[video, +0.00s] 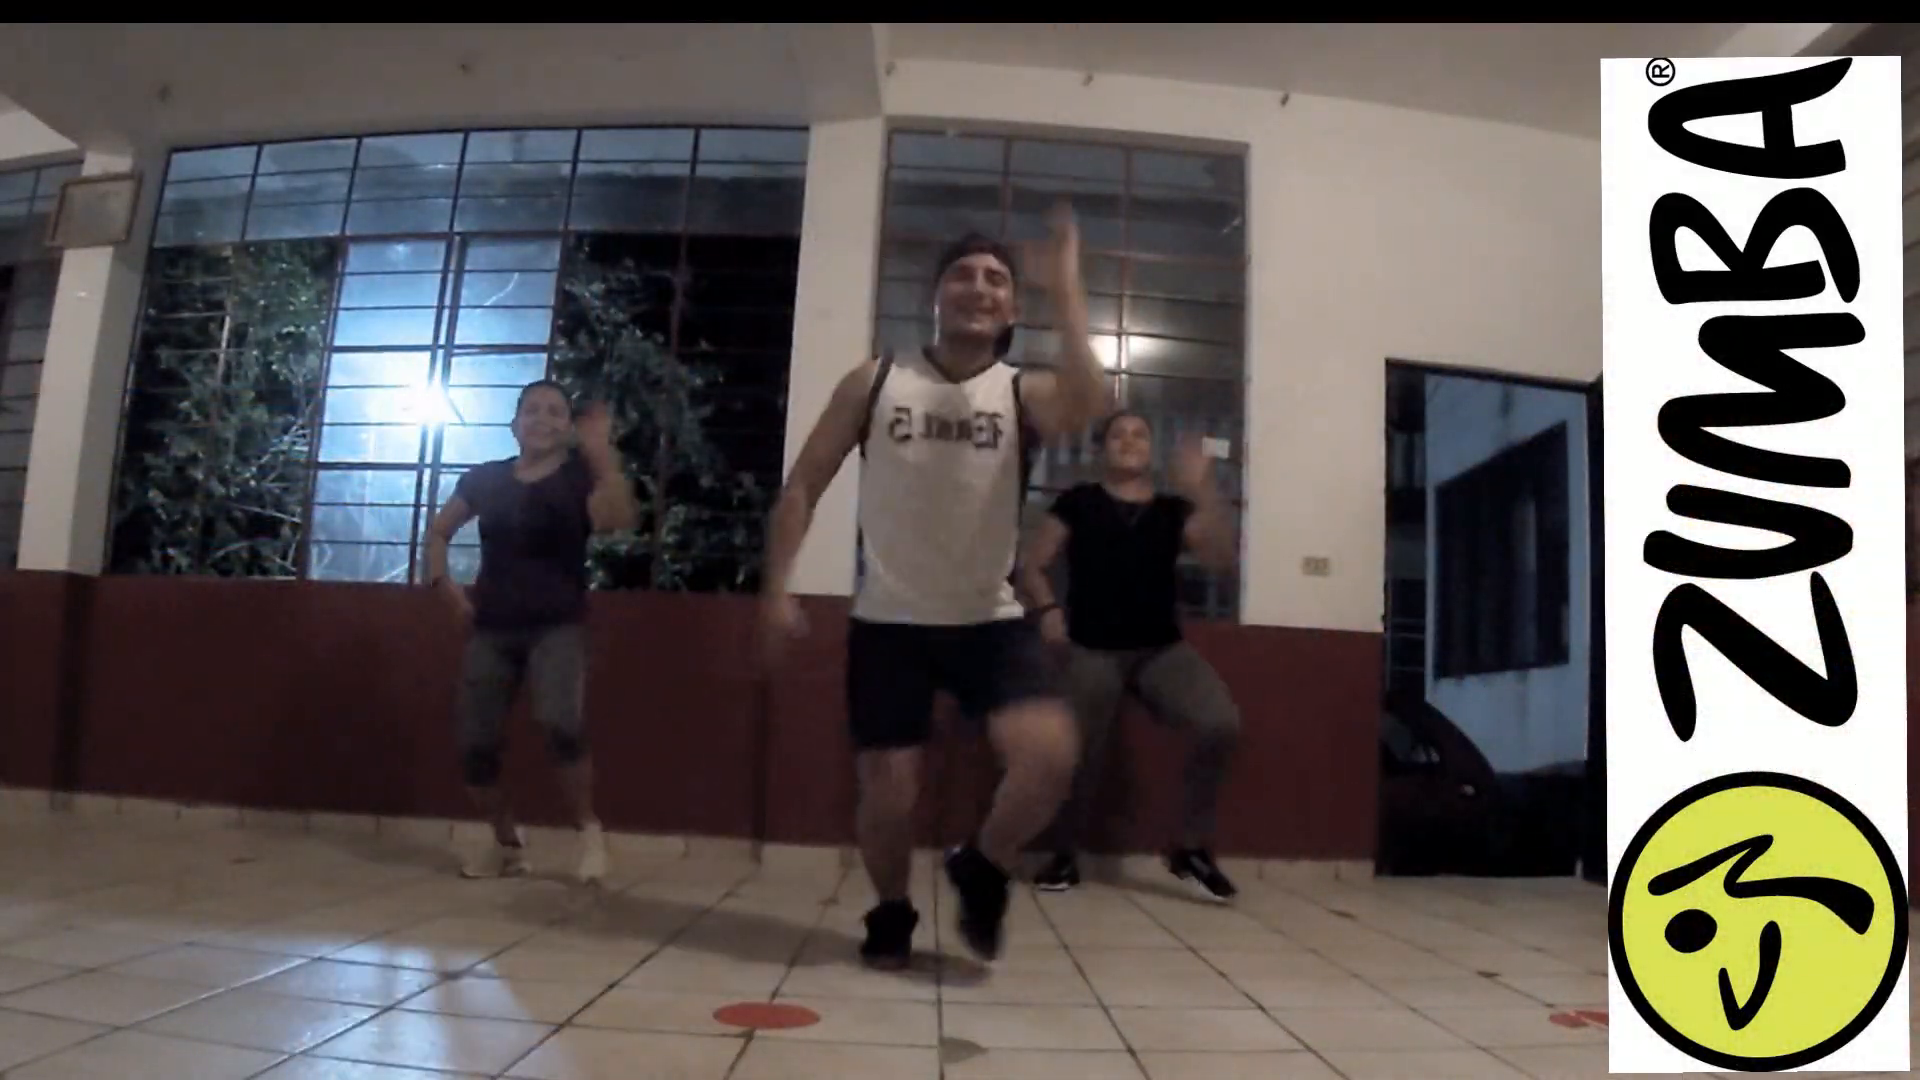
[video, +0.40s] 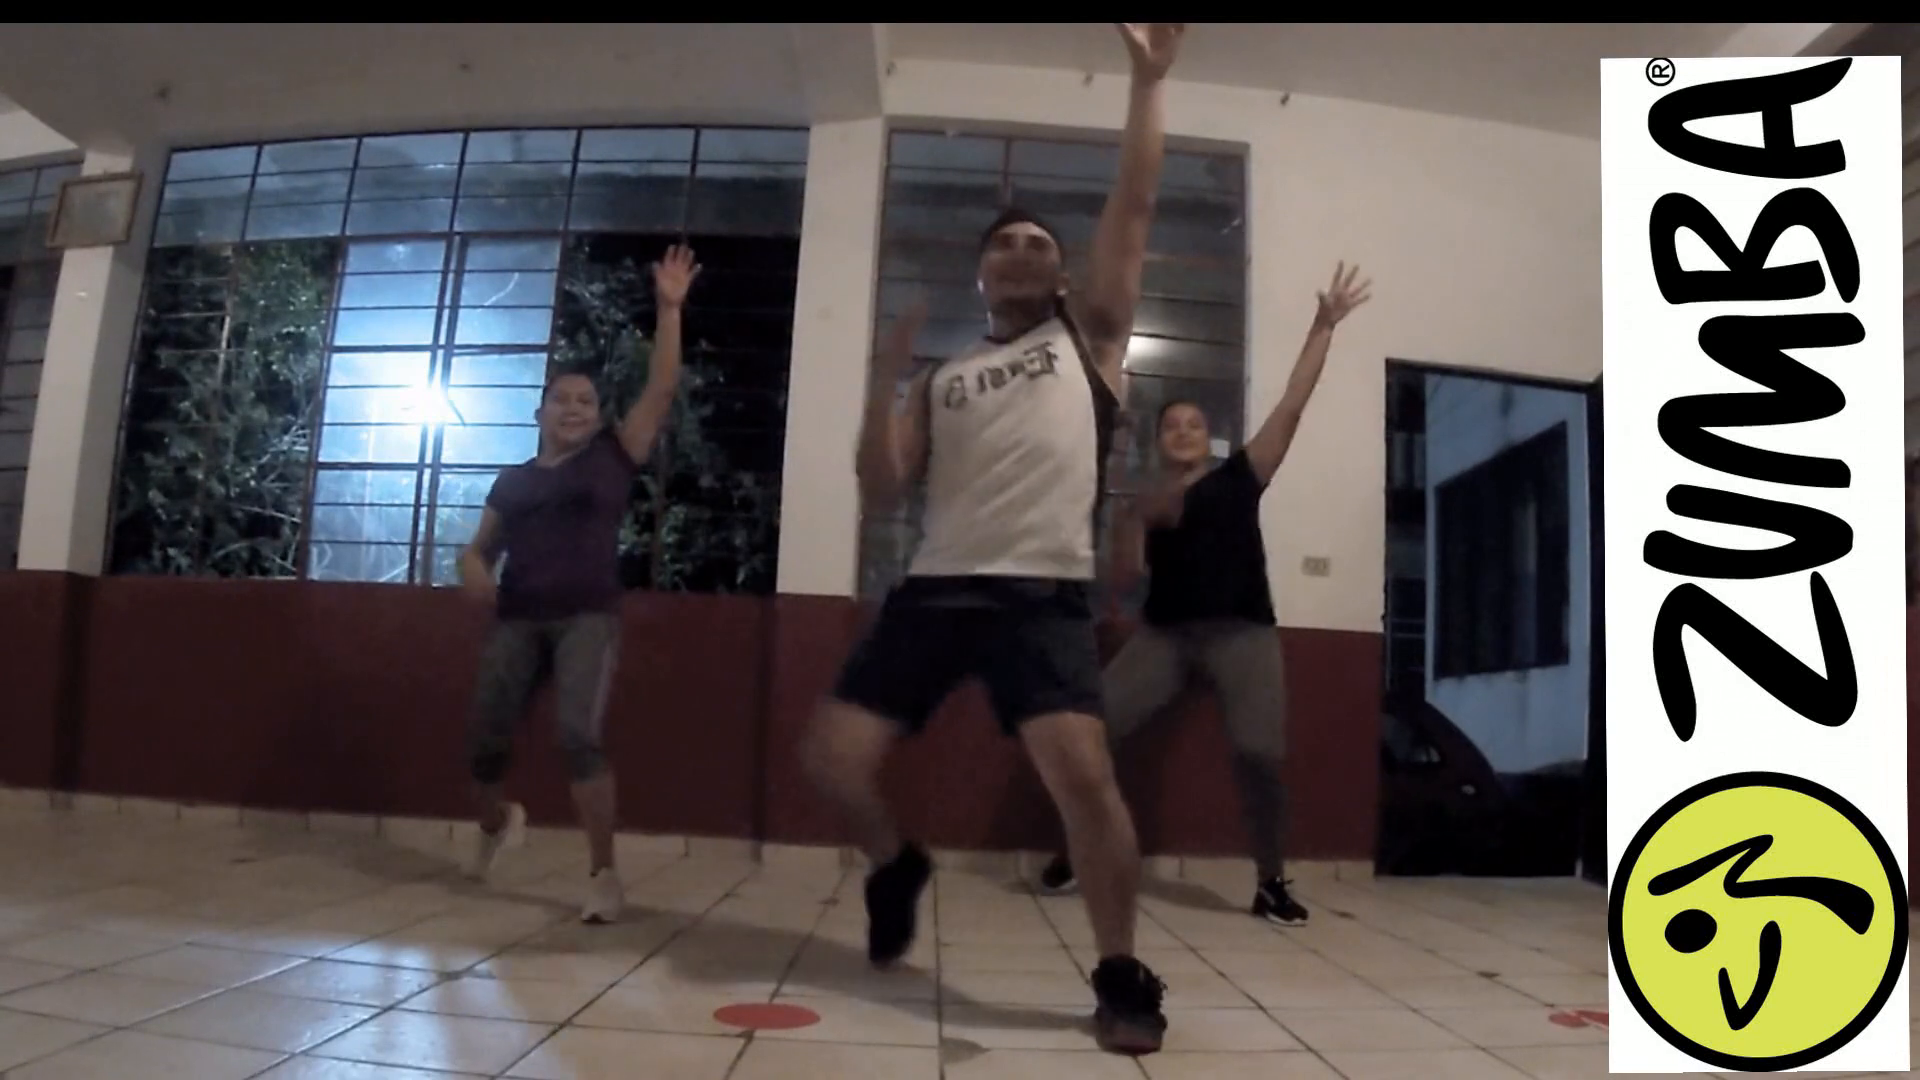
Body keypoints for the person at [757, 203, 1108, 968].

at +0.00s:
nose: (978, 288)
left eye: (994, 280)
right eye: (963, 276)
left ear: (1012, 310)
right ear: (935, 296)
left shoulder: (1021, 390)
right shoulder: (876, 384)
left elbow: (1089, 402)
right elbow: (803, 486)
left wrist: (1067, 293)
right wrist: (778, 587)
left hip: (990, 619)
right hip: (891, 620)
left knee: (1048, 755)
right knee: (888, 784)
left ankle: (982, 866)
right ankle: (891, 910)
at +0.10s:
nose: (986, 268)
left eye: (1002, 259)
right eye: (970, 256)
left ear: (1020, 283)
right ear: (939, 277)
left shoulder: (1034, 365)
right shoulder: (886, 369)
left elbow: (1112, 294)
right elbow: (828, 467)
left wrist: (1086, 172)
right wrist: (834, 567)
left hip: (994, 595)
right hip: (893, 596)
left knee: (1076, 706)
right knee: (894, 764)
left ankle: (1026, 886)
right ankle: (893, 908)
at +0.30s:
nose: (1008, 252)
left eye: (1023, 245)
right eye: (992, 243)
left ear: (1046, 271)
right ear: (965, 267)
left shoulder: (1068, 334)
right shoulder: (928, 364)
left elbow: (1117, 207)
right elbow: (882, 452)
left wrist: (1137, 79)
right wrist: (865, 475)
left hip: (1024, 587)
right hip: (917, 587)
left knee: (1059, 765)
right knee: (894, 777)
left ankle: (1117, 969)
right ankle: (899, 901)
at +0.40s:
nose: (1027, 247)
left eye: (1040, 241)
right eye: (1008, 241)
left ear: (1062, 275)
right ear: (981, 277)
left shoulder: (1089, 341)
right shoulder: (942, 380)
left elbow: (1131, 210)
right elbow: (883, 485)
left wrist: (1148, 77)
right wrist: (885, 381)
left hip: (1041, 599)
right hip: (932, 594)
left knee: (1083, 776)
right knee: (836, 755)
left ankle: (1120, 973)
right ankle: (893, 862)